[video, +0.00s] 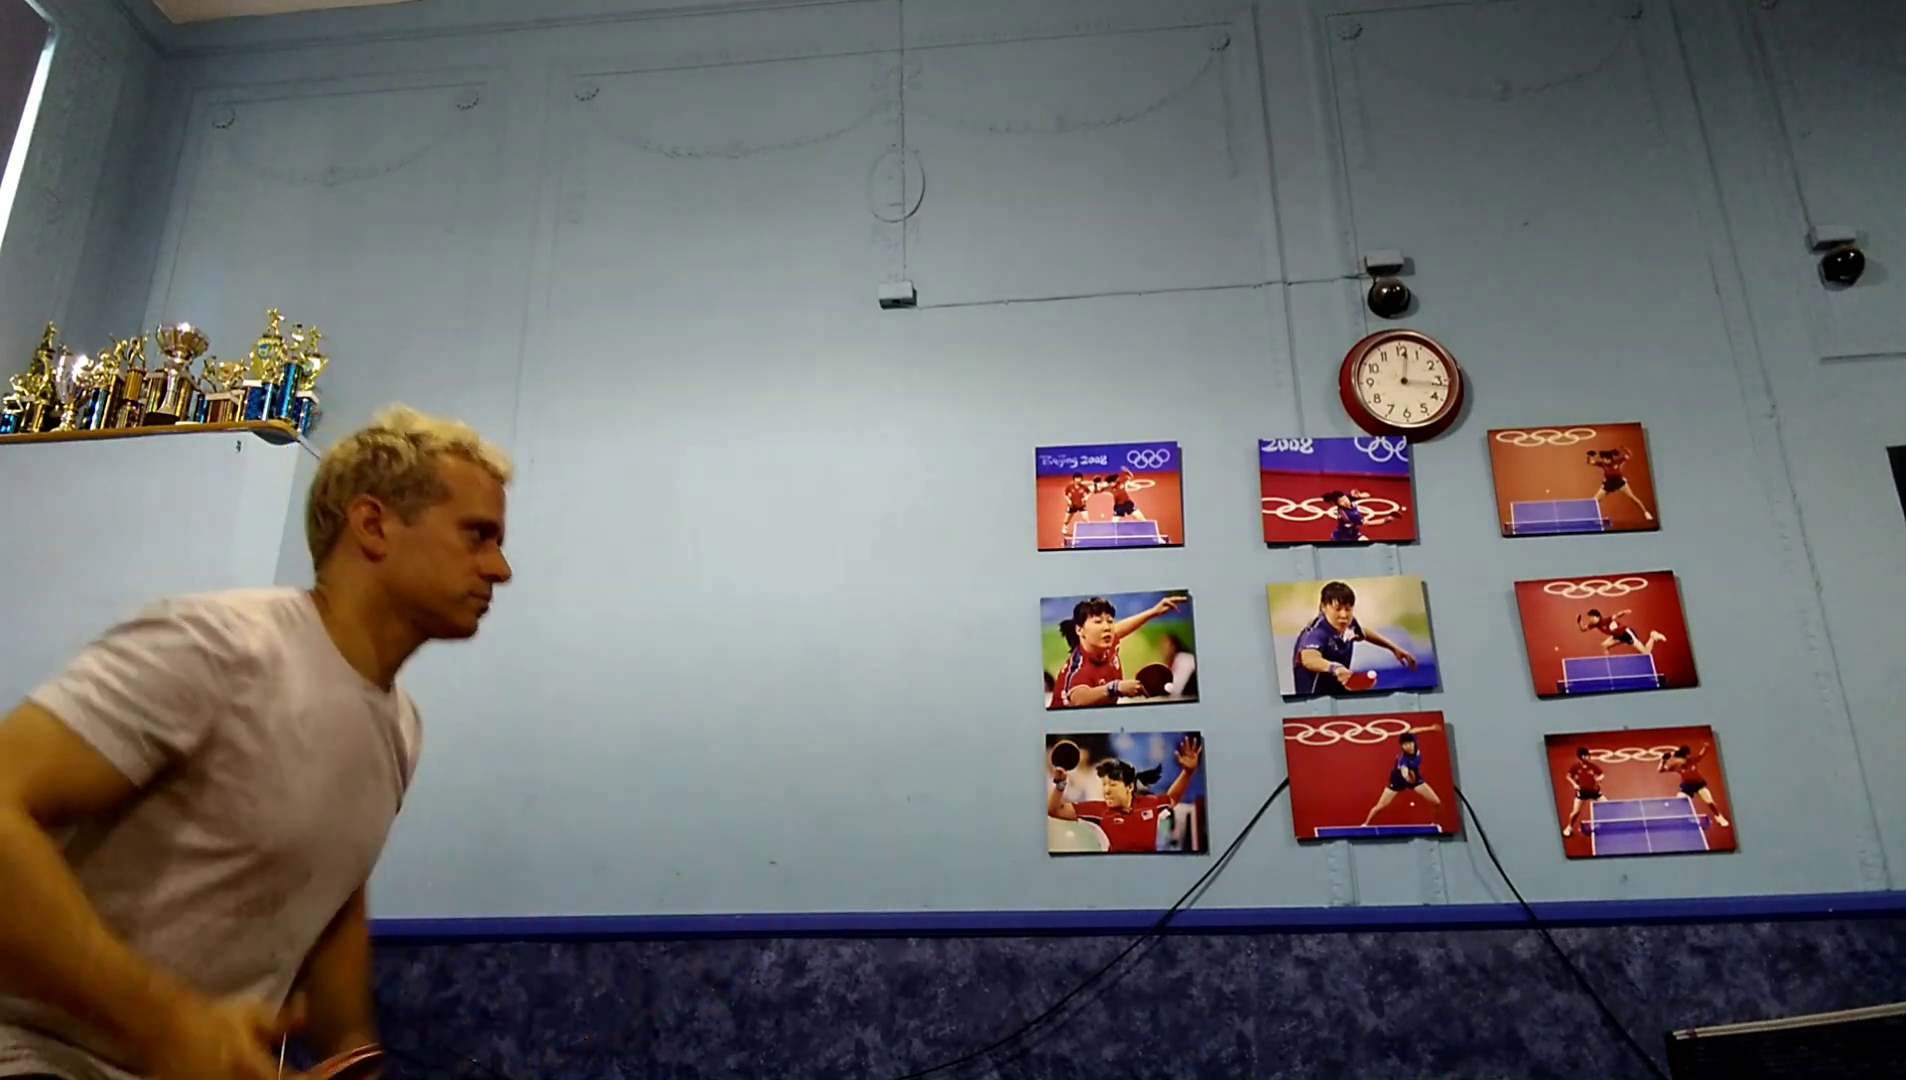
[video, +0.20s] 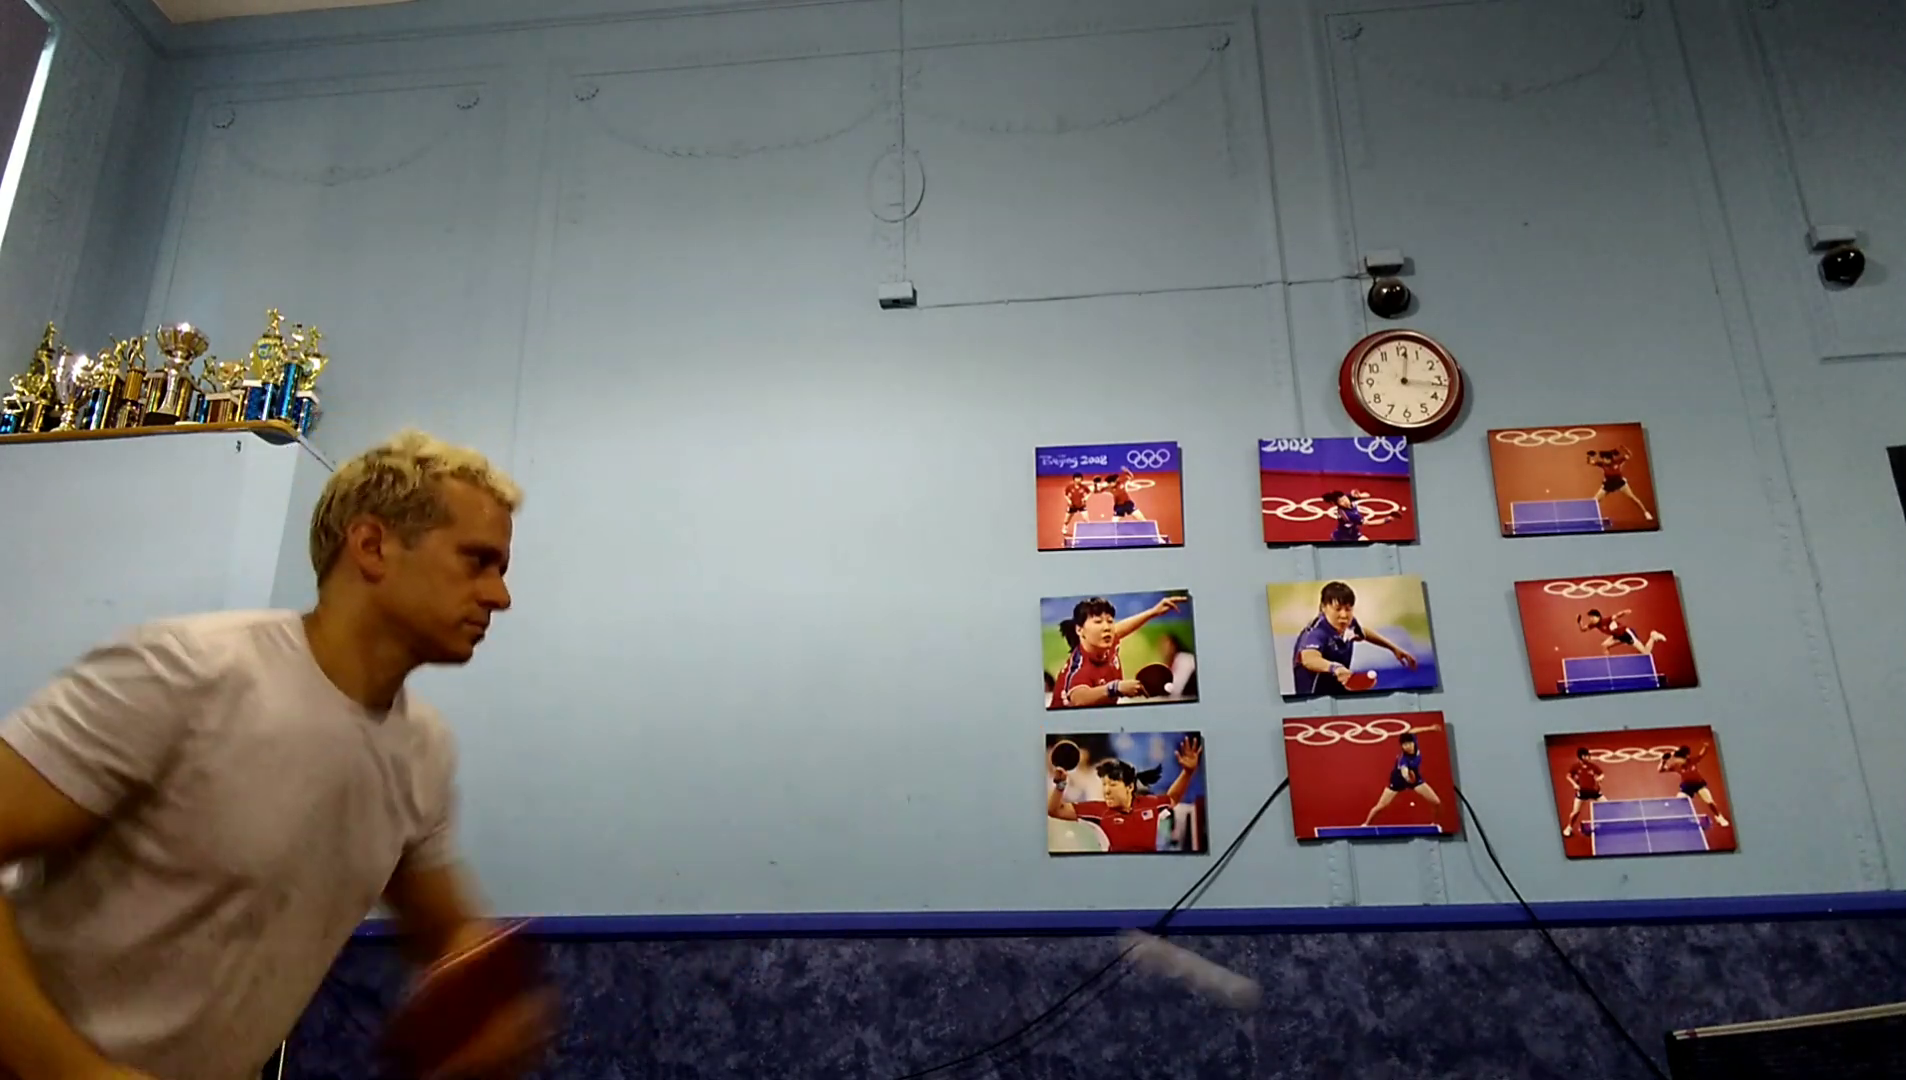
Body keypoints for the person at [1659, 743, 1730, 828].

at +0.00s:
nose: (1684, 759)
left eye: (1686, 757)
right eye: (1682, 758)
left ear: (1687, 756)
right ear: (1679, 757)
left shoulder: (1692, 760)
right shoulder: (1676, 765)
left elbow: (1701, 755)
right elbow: (1661, 770)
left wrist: (1705, 747)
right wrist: (1663, 760)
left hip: (1699, 784)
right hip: (1686, 786)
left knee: (1710, 802)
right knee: (1678, 803)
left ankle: (1718, 817)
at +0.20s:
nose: (1680, 761)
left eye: (1682, 759)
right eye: (1678, 759)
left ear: (1686, 757)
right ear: (1677, 758)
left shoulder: (1692, 761)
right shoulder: (1676, 766)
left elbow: (1701, 756)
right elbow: (1661, 770)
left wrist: (1705, 747)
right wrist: (1663, 760)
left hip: (1699, 784)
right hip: (1686, 786)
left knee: (1710, 802)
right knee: (1678, 803)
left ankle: (1719, 817)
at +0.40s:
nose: (1685, 760)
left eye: (1686, 758)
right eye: (1683, 759)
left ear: (1688, 757)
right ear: (1678, 759)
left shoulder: (1693, 761)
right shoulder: (1676, 766)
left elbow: (1701, 755)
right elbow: (1661, 771)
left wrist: (1705, 747)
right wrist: (1663, 760)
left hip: (1699, 784)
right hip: (1687, 785)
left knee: (1710, 802)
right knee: (1679, 802)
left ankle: (1718, 816)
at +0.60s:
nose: (1682, 761)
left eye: (1683, 759)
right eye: (1679, 760)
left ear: (1687, 757)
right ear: (1677, 759)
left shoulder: (1693, 761)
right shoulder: (1676, 766)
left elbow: (1701, 755)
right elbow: (1661, 771)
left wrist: (1705, 747)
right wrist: (1663, 761)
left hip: (1699, 784)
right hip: (1686, 785)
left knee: (1710, 802)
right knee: (1679, 802)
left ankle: (1718, 816)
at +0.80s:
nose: (1681, 762)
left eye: (1683, 759)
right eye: (1679, 760)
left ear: (1687, 757)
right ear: (1677, 759)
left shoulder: (1693, 761)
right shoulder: (1676, 766)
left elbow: (1701, 755)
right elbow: (1660, 771)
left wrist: (1705, 747)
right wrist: (1663, 761)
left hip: (1699, 784)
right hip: (1686, 786)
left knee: (1710, 802)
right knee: (1679, 802)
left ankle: (1718, 816)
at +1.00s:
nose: (1686, 760)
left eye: (1687, 758)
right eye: (1683, 759)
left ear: (1688, 757)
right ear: (1678, 759)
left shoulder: (1693, 761)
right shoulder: (1676, 766)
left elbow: (1701, 755)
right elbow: (1660, 771)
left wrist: (1705, 747)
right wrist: (1663, 761)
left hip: (1699, 784)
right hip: (1687, 785)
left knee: (1710, 802)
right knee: (1679, 802)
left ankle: (1718, 816)